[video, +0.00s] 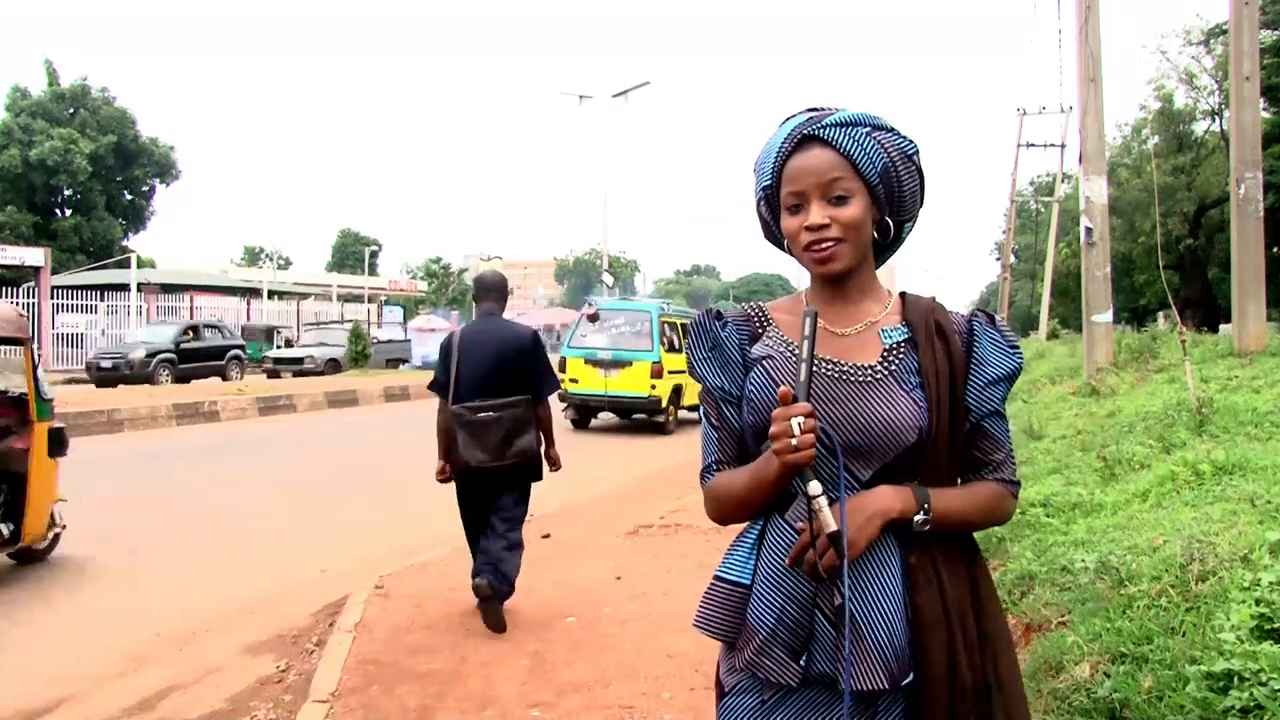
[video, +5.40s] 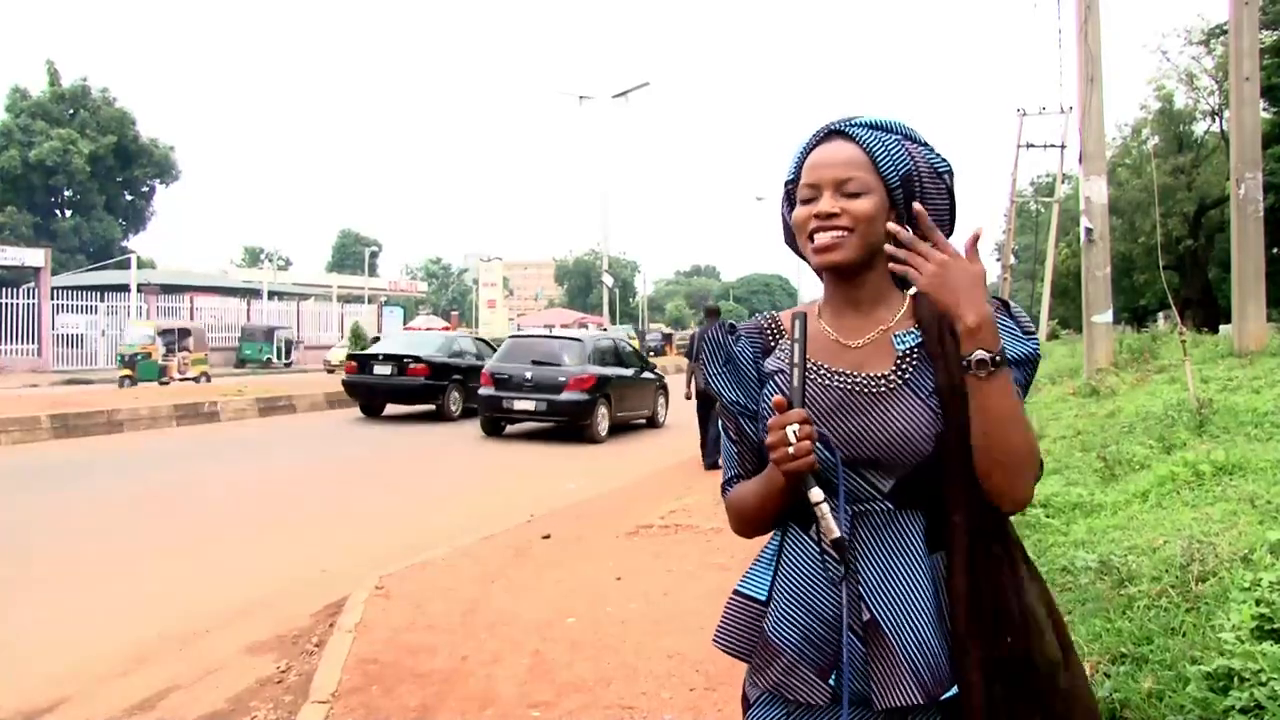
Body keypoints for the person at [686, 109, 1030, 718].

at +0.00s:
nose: (816, 221)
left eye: (838, 198)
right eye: (795, 206)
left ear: (880, 207)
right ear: (778, 224)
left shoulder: (950, 339)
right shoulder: (743, 338)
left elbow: (999, 493)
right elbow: (719, 502)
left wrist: (890, 502)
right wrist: (776, 462)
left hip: (913, 626)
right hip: (781, 629)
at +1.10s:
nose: (781, 205)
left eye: (811, 191)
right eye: (769, 185)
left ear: (851, 215)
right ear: (747, 199)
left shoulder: (902, 329)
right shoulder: (698, 336)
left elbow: (932, 505)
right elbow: (677, 507)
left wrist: (923, 427)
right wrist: (734, 462)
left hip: (872, 620)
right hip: (741, 619)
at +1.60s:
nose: (757, 205)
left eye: (784, 187)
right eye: (741, 191)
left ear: (832, 207)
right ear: (727, 212)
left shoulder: (892, 346)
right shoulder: (685, 336)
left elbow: (921, 519)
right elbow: (649, 507)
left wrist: (884, 491)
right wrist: (691, 463)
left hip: (840, 638)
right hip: (709, 632)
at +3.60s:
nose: (785, 203)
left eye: (813, 187)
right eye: (771, 184)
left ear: (856, 213)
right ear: (749, 202)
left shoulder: (916, 334)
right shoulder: (706, 336)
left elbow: (952, 498)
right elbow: (680, 514)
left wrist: (878, 465)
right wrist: (742, 461)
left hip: (880, 614)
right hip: (750, 621)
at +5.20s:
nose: (817, 228)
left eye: (847, 210)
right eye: (805, 209)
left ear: (894, 231)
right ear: (788, 224)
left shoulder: (960, 349)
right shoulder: (760, 361)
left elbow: (1001, 519)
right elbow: (743, 531)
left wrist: (960, 453)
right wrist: (786, 494)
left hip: (934, 625)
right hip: (809, 625)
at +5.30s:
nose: (821, 219)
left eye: (849, 202)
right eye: (807, 203)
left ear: (896, 226)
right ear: (790, 223)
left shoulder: (955, 342)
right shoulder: (760, 356)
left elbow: (1006, 514)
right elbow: (743, 525)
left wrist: (968, 395)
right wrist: (783, 486)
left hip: (930, 627)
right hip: (806, 627)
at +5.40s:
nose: (824, 208)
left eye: (850, 190)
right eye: (808, 196)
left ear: (900, 213)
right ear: (791, 220)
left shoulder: (961, 322)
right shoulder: (762, 347)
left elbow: (1014, 491)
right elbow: (742, 517)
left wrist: (975, 323)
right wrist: (781, 473)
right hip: (806, 635)